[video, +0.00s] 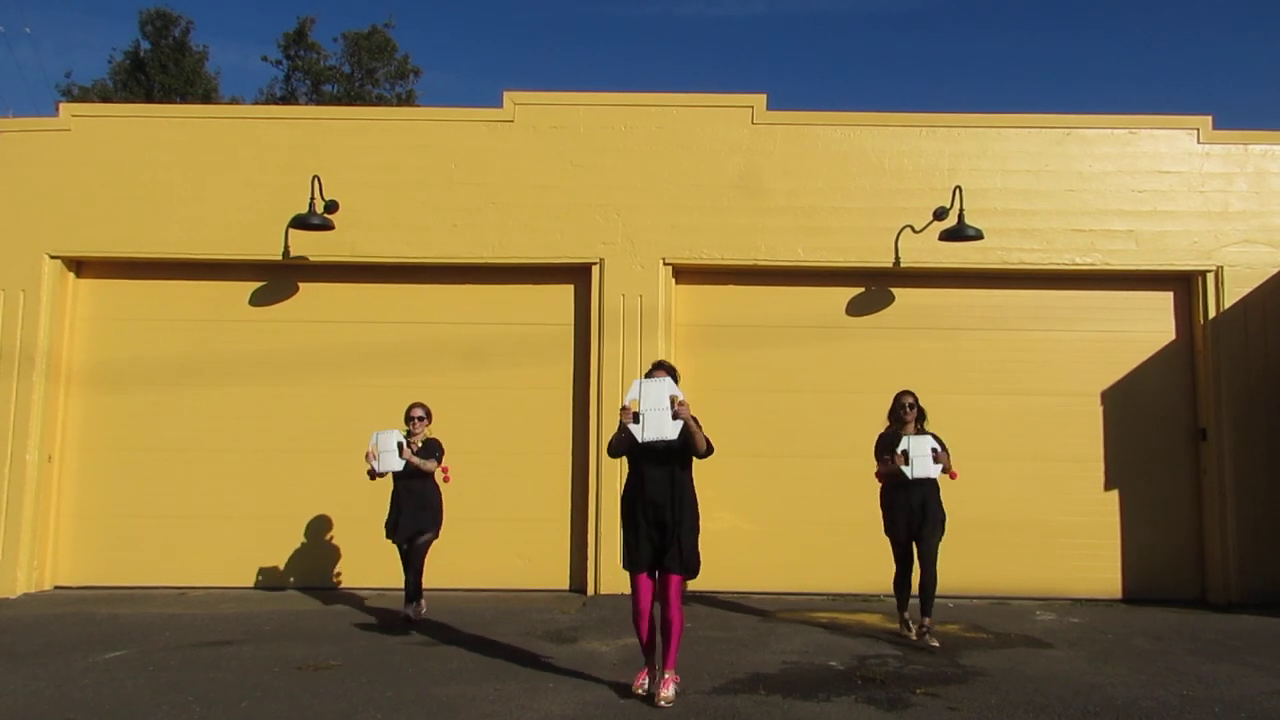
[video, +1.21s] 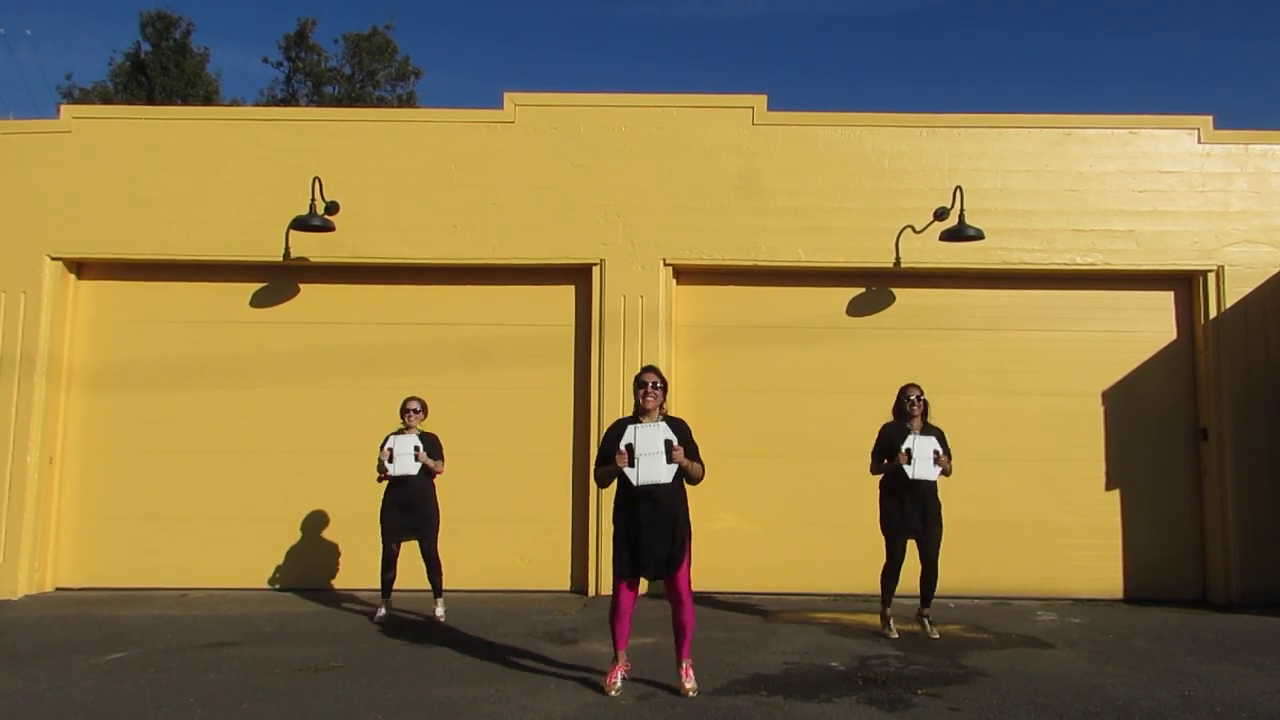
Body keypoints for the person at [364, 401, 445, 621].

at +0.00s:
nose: (415, 423)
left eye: (420, 419)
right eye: (411, 419)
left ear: (428, 421)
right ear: (406, 421)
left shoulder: (433, 445)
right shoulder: (398, 445)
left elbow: (431, 467)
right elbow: (377, 474)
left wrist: (410, 457)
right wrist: (373, 462)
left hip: (427, 509)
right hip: (401, 509)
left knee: (415, 558)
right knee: (407, 560)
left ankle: (409, 606)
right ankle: (418, 601)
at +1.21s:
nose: (411, 415)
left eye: (415, 411)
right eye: (407, 411)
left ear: (423, 415)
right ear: (402, 414)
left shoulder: (430, 439)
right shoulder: (391, 439)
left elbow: (440, 468)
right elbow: (382, 474)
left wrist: (426, 460)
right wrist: (384, 461)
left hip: (423, 501)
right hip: (395, 500)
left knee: (429, 551)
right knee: (389, 552)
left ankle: (439, 601)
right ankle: (385, 603)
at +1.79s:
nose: (405, 419)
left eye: (409, 416)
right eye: (401, 416)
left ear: (417, 420)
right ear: (396, 421)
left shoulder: (425, 447)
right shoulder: (387, 446)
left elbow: (435, 476)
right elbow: (378, 475)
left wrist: (424, 472)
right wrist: (380, 471)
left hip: (419, 508)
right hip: (391, 509)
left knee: (426, 556)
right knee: (387, 556)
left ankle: (437, 606)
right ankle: (381, 607)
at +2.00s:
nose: (405, 423)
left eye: (409, 419)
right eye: (401, 420)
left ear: (417, 423)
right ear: (395, 423)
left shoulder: (424, 446)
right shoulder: (389, 445)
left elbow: (432, 467)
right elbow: (375, 471)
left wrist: (419, 457)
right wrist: (378, 456)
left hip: (418, 510)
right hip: (389, 509)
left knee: (424, 559)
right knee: (380, 559)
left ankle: (435, 608)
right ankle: (372, 609)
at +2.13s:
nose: (406, 422)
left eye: (410, 419)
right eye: (402, 419)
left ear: (417, 423)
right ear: (396, 423)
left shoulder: (423, 448)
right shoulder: (388, 447)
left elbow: (432, 472)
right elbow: (373, 477)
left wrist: (420, 463)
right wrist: (377, 463)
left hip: (417, 511)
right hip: (390, 511)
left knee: (424, 560)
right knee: (381, 560)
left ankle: (435, 609)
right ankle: (374, 610)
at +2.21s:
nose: (406, 413)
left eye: (410, 409)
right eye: (402, 409)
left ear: (418, 414)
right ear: (396, 414)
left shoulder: (424, 440)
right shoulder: (385, 439)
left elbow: (433, 469)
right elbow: (374, 474)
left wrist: (422, 467)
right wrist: (376, 465)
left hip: (419, 503)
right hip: (389, 503)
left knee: (425, 553)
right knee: (383, 553)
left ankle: (437, 604)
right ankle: (373, 605)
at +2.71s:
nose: (404, 427)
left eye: (409, 423)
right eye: (401, 423)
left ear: (419, 427)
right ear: (397, 428)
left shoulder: (423, 452)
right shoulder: (388, 452)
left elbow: (432, 474)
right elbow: (375, 478)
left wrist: (421, 470)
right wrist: (376, 470)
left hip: (419, 514)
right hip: (390, 514)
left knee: (426, 565)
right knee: (381, 564)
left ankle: (435, 615)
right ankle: (374, 613)